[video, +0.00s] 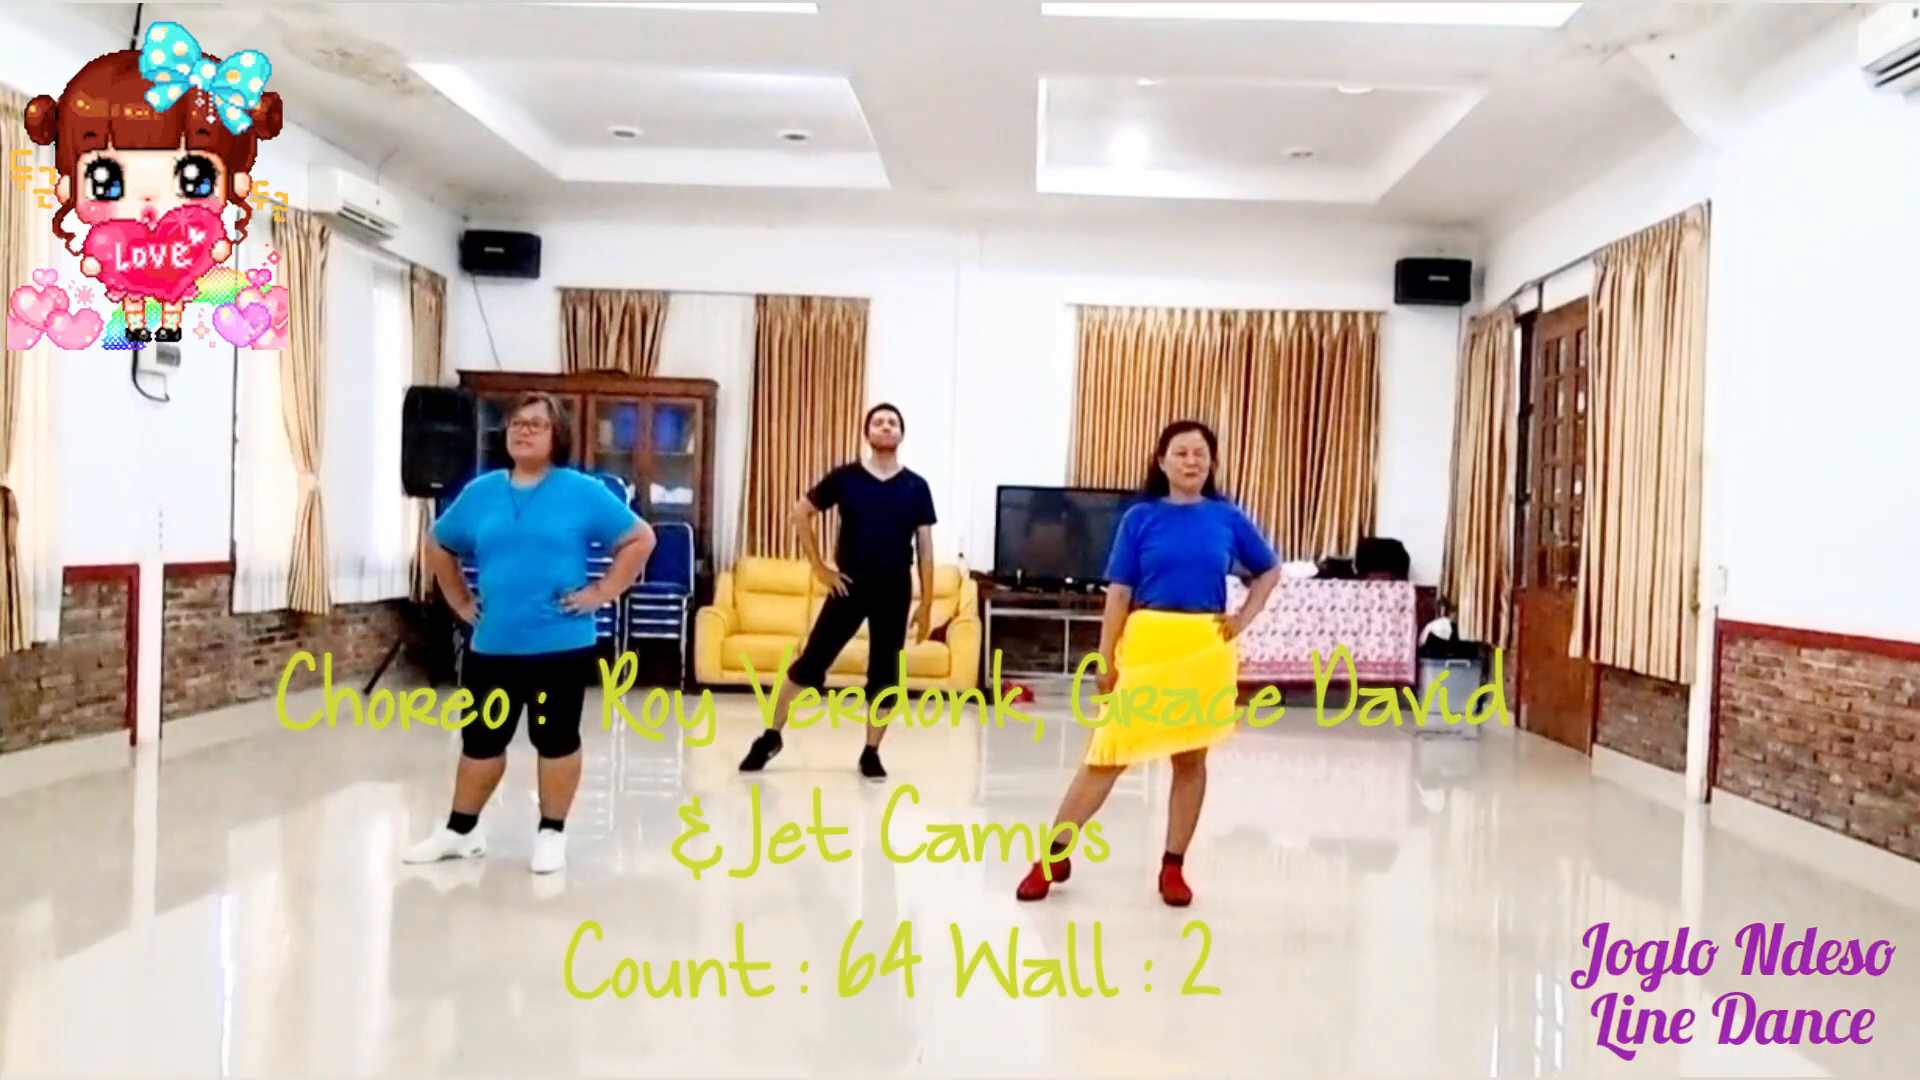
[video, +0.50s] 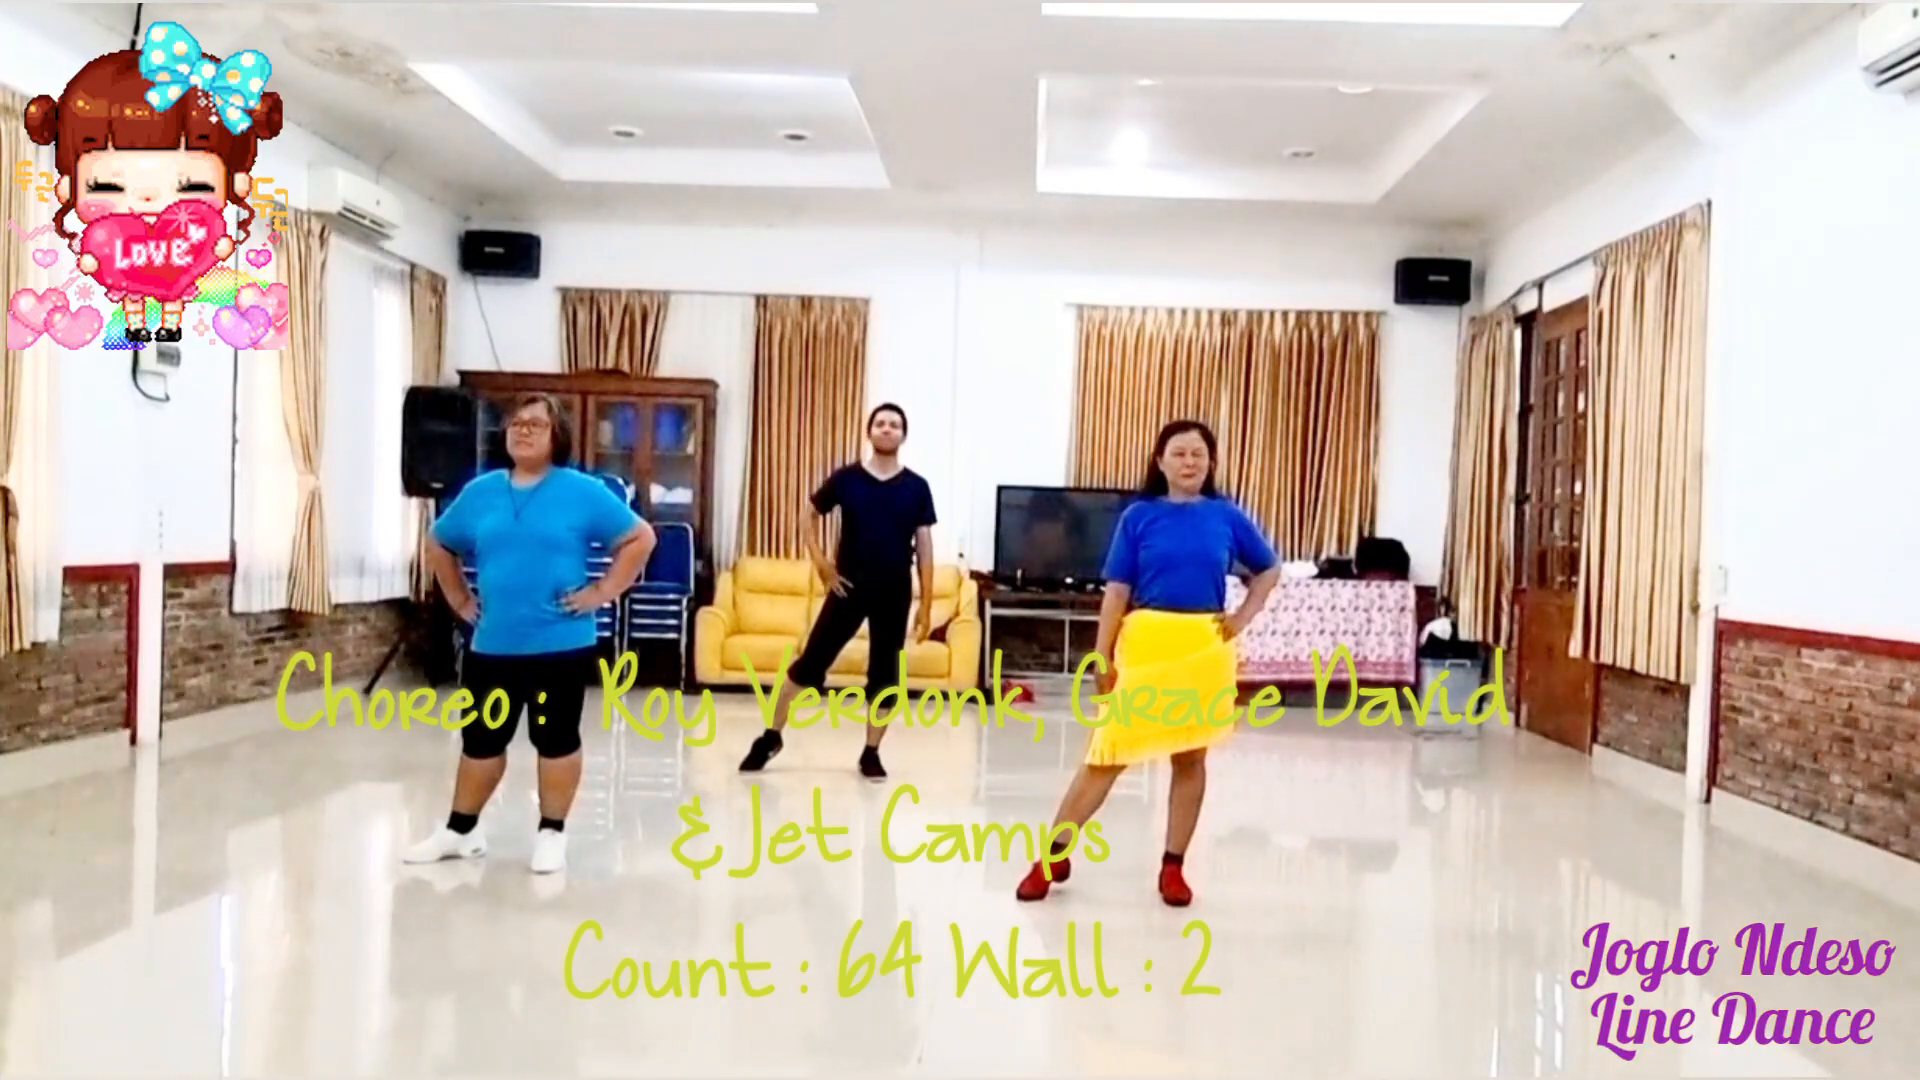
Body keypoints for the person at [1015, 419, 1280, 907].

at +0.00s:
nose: (1191, 460)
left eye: (1199, 453)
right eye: (1181, 453)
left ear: (1211, 462)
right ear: (1163, 461)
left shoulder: (1227, 517)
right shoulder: (1140, 517)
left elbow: (1270, 570)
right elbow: (1118, 591)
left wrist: (1241, 619)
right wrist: (1106, 656)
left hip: (1203, 642)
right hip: (1145, 640)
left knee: (1190, 759)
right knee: (1107, 757)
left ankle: (1173, 864)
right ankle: (1054, 854)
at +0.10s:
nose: (1191, 460)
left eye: (1199, 453)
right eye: (1180, 452)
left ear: (1211, 462)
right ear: (1163, 461)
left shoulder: (1227, 516)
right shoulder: (1139, 517)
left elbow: (1270, 570)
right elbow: (1118, 591)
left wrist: (1241, 619)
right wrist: (1106, 657)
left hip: (1203, 642)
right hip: (1145, 640)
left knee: (1190, 760)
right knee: (1106, 757)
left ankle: (1173, 864)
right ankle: (1054, 855)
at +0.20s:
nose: (1190, 461)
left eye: (1199, 454)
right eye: (1180, 453)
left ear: (1211, 463)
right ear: (1162, 461)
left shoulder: (1227, 516)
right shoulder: (1139, 516)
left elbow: (1270, 570)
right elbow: (1117, 591)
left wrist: (1242, 618)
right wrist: (1106, 657)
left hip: (1203, 642)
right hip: (1145, 640)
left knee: (1190, 760)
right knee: (1106, 758)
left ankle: (1173, 864)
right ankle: (1054, 855)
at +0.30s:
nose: (1191, 461)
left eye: (1199, 454)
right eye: (1180, 453)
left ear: (1210, 463)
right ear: (1162, 461)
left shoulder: (1227, 517)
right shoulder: (1138, 516)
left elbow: (1270, 570)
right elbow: (1117, 591)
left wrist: (1241, 619)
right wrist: (1106, 657)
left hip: (1202, 643)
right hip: (1144, 641)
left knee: (1191, 760)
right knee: (1106, 757)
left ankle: (1173, 864)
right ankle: (1054, 855)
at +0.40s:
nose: (1189, 461)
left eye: (1198, 454)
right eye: (1179, 453)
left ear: (1210, 462)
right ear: (1162, 461)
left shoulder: (1227, 516)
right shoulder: (1138, 516)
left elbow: (1270, 570)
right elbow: (1117, 590)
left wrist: (1241, 619)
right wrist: (1105, 654)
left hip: (1202, 643)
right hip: (1144, 641)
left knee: (1190, 759)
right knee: (1106, 757)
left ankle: (1173, 864)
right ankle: (1054, 855)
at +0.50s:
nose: (1188, 461)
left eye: (1197, 454)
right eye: (1178, 453)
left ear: (1210, 462)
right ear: (1161, 462)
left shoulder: (1226, 516)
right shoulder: (1138, 516)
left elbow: (1270, 570)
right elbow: (1116, 589)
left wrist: (1240, 620)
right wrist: (1102, 653)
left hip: (1202, 642)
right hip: (1143, 640)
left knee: (1190, 759)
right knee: (1106, 757)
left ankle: (1173, 865)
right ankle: (1054, 855)